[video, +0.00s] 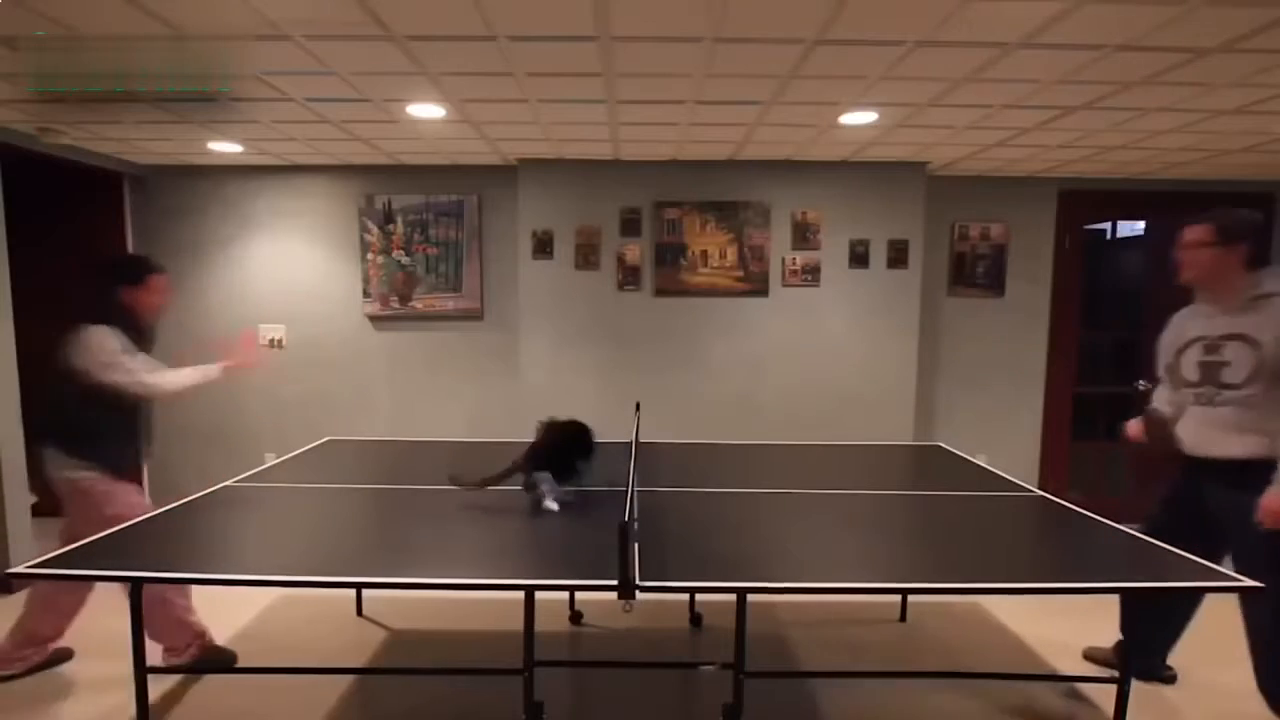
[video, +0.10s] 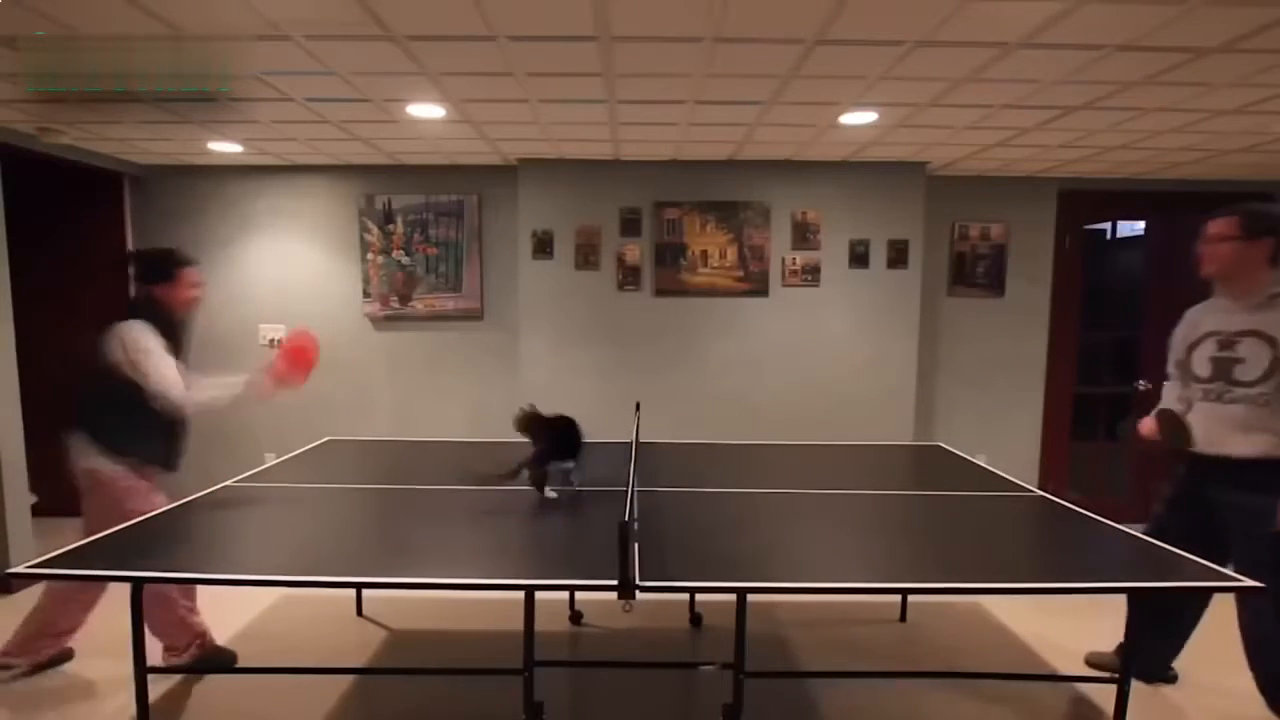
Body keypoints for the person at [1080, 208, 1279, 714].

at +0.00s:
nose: (1181, 259)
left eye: (1193, 248)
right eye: (1181, 249)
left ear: (1234, 254)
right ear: (1182, 256)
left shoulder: (1272, 311)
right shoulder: (1180, 325)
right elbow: (1169, 394)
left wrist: (1279, 484)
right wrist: (1149, 420)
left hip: (1260, 477)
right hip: (1197, 471)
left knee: (1267, 599)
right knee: (1162, 562)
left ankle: (1278, 694)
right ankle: (1142, 654)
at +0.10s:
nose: (1203, 249)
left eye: (1217, 240)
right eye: (1204, 240)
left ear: (1259, 248)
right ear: (1207, 249)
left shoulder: (1276, 310)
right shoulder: (1194, 320)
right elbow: (1178, 389)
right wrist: (1162, 416)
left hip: (1265, 474)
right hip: (1204, 469)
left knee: (1265, 595)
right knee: (1167, 562)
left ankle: (1277, 694)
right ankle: (1145, 656)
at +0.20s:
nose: (1214, 247)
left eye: (1227, 239)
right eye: (1213, 238)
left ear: (1266, 247)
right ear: (1213, 247)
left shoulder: (1278, 312)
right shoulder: (1200, 316)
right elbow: (1179, 383)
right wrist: (1159, 408)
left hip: (1265, 474)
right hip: (1203, 467)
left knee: (1264, 597)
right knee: (1167, 563)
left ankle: (1279, 696)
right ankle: (1144, 655)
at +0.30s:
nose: (1213, 254)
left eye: (1227, 245)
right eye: (1212, 245)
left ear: (1266, 253)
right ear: (1213, 252)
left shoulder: (1275, 319)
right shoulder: (1198, 318)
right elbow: (1171, 378)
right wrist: (1153, 401)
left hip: (1261, 479)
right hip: (1195, 470)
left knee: (1262, 597)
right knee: (1162, 561)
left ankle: (1278, 690)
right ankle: (1141, 650)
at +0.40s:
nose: (1224, 270)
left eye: (1236, 259)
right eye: (1220, 260)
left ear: (1271, 264)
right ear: (1215, 263)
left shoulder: (1279, 328)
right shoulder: (1209, 325)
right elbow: (1177, 383)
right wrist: (1164, 417)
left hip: (1270, 484)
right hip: (1207, 478)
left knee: (1272, 599)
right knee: (1170, 565)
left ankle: (1277, 679)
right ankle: (1140, 651)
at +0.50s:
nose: (1253, 270)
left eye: (1263, 259)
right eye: (1247, 260)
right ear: (1239, 267)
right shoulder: (1234, 329)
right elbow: (1202, 385)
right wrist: (1190, 421)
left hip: (1276, 487)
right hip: (1235, 481)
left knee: (1275, 612)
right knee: (1182, 565)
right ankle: (1143, 653)